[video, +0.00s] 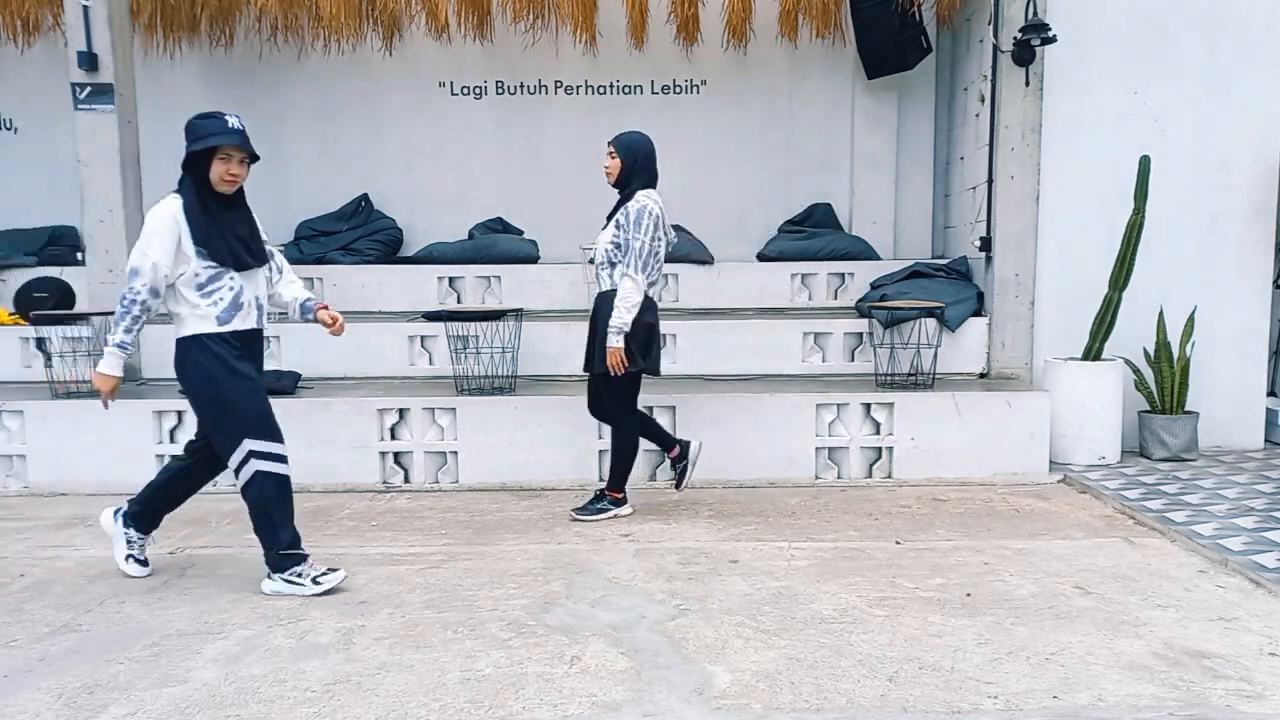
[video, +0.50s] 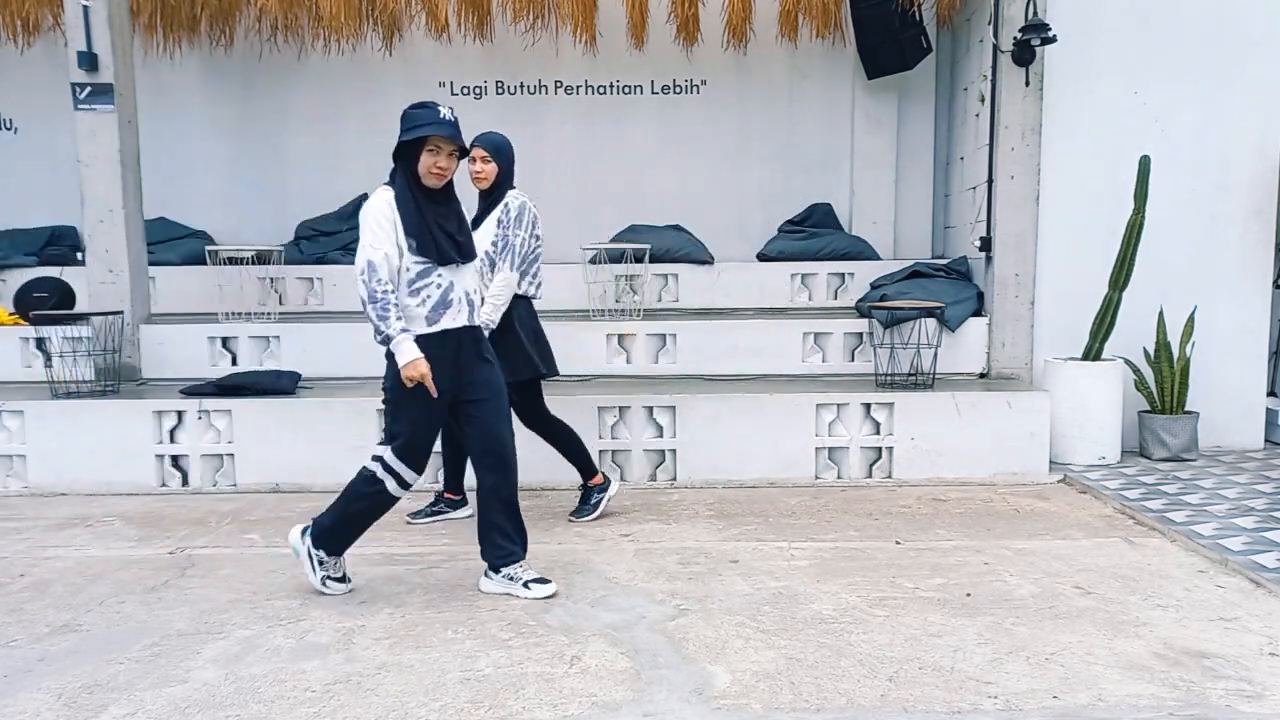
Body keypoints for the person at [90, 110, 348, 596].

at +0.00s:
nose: (235, 169)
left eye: (243, 161)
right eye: (225, 159)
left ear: (249, 166)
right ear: (200, 160)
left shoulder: (240, 214)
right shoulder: (171, 215)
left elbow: (273, 274)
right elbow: (139, 291)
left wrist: (312, 307)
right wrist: (114, 359)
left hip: (246, 349)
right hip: (207, 351)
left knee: (213, 452)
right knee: (262, 447)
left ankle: (132, 521)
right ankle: (286, 566)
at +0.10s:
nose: (273, 162)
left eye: (282, 154)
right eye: (263, 152)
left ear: (289, 159)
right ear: (239, 153)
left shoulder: (279, 210)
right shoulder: (212, 209)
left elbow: (311, 276)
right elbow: (193, 290)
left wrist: (346, 320)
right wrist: (183, 362)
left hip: (290, 342)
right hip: (246, 345)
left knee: (305, 445)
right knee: (288, 446)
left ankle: (205, 508)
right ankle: (289, 567)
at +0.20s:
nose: (314, 158)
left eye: (323, 150)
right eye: (305, 147)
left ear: (329, 155)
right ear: (279, 147)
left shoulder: (319, 201)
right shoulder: (251, 202)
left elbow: (344, 272)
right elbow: (243, 286)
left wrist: (364, 333)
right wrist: (264, 350)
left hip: (335, 339)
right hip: (289, 341)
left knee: (366, 440)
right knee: (296, 453)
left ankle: (306, 536)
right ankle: (289, 564)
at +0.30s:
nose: (356, 157)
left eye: (365, 150)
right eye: (347, 146)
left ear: (371, 156)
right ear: (322, 146)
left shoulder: (360, 202)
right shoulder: (294, 200)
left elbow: (366, 279)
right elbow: (298, 284)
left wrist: (376, 337)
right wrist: (338, 338)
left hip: (372, 339)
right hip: (319, 344)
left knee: (411, 436)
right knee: (315, 456)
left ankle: (425, 554)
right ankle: (291, 565)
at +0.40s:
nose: (399, 163)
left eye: (408, 155)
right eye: (390, 151)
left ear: (414, 161)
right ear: (365, 150)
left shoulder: (401, 206)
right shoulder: (339, 203)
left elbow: (406, 285)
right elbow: (340, 284)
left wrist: (425, 333)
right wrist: (385, 338)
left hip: (417, 343)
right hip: (363, 349)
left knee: (453, 449)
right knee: (338, 459)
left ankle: (491, 556)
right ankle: (294, 562)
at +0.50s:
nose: (443, 162)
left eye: (452, 154)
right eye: (434, 150)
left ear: (459, 159)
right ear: (410, 151)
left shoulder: (451, 206)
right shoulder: (383, 205)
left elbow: (473, 274)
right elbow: (375, 286)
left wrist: (475, 328)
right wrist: (404, 349)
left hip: (470, 343)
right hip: (420, 349)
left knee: (496, 452)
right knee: (401, 466)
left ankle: (503, 565)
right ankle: (320, 541)